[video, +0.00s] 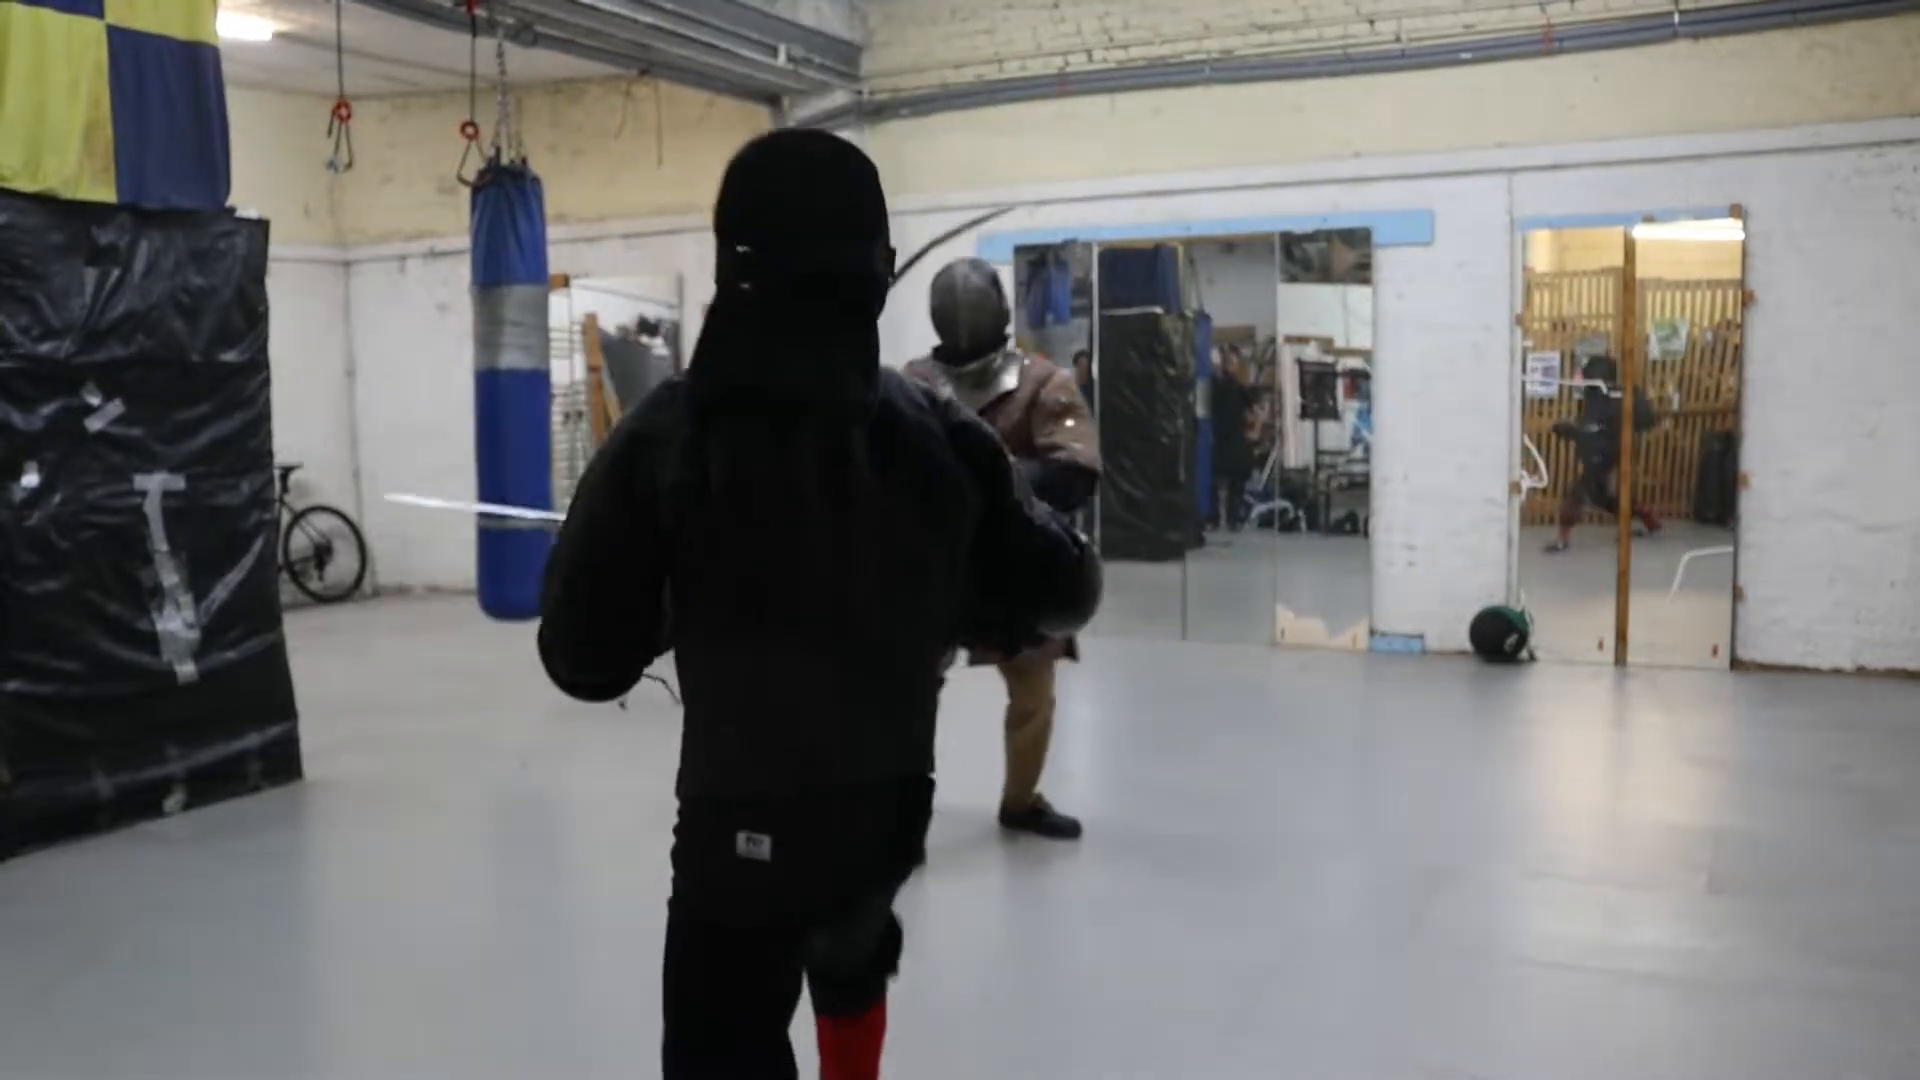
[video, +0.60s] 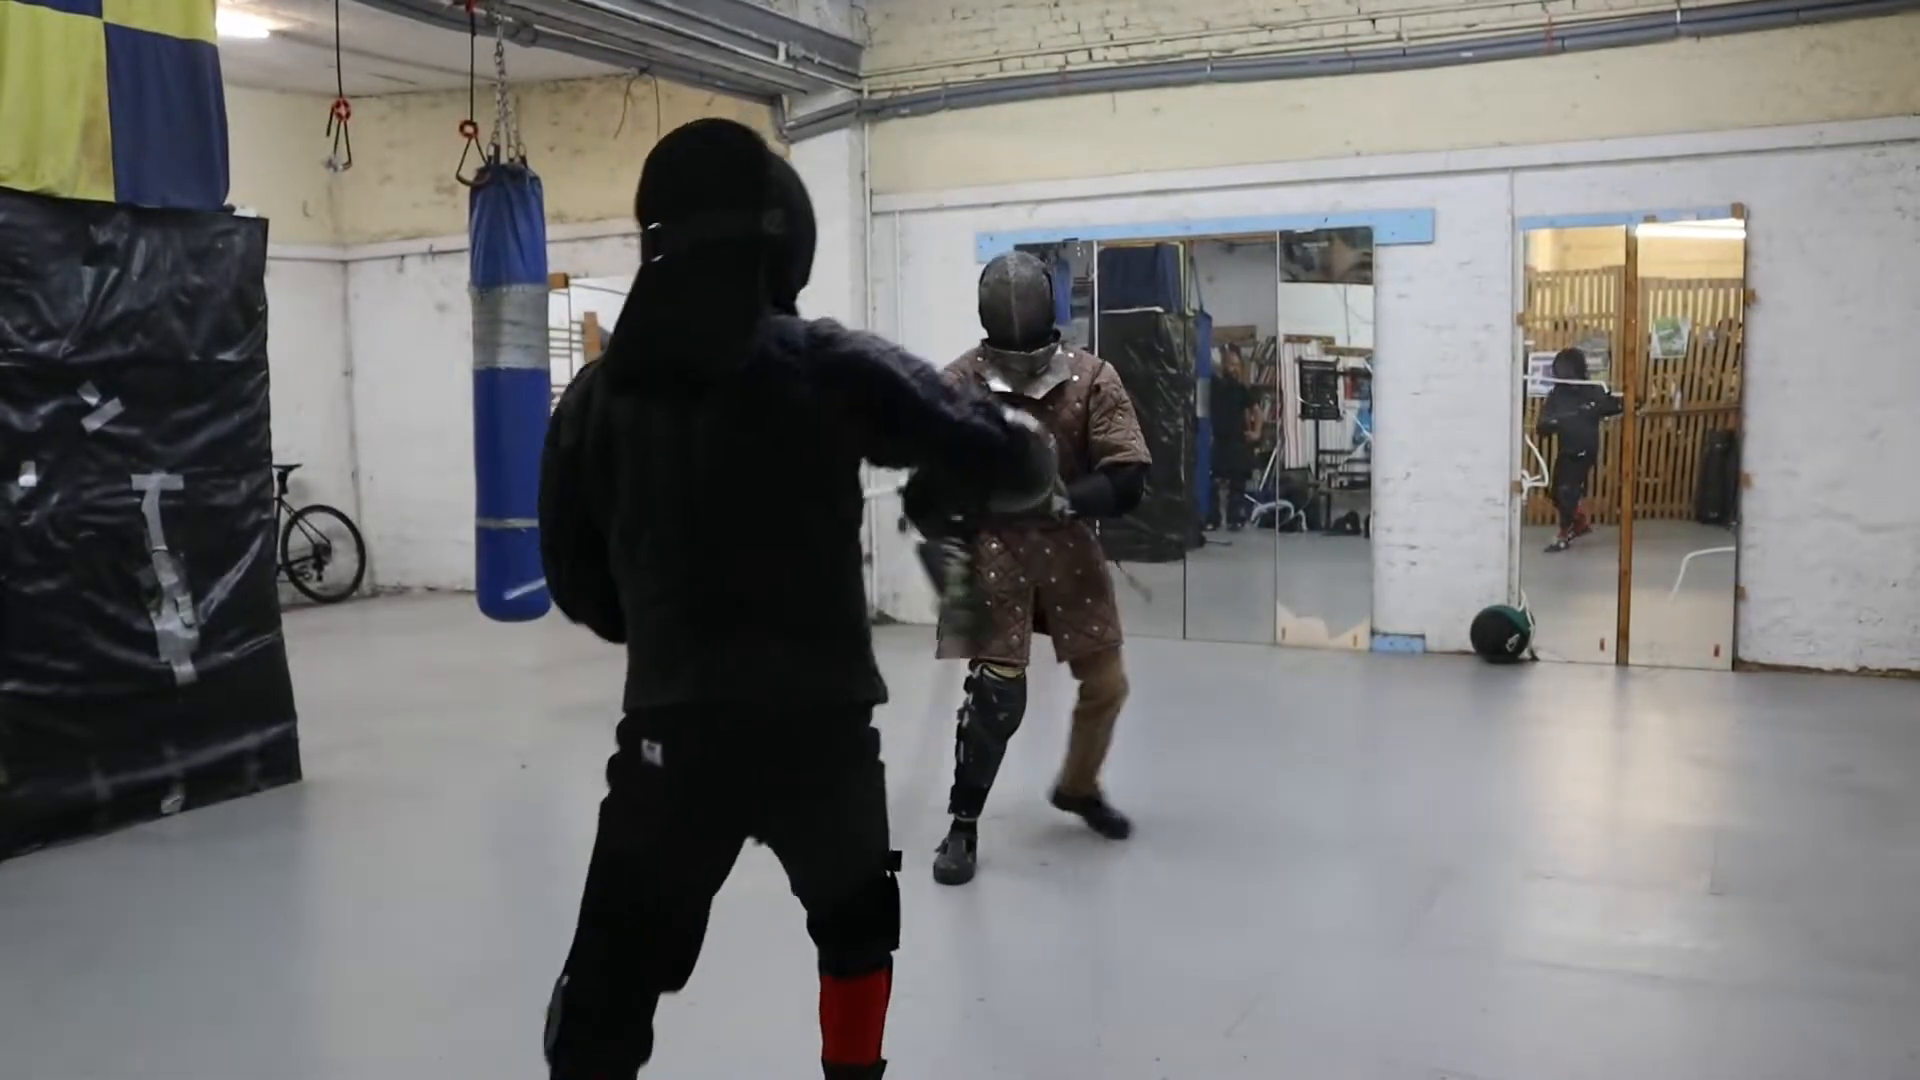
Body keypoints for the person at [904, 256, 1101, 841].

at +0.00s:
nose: (965, 350)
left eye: (976, 335)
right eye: (952, 334)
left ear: (1000, 321)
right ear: (938, 325)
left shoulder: (1045, 383)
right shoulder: (916, 386)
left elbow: (1077, 471)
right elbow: (890, 477)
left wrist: (993, 480)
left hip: (1023, 565)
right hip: (936, 562)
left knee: (1033, 693)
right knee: (912, 685)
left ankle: (1020, 799)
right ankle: (899, 803)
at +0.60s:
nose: (1021, 365)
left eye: (1033, 351)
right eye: (1008, 353)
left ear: (1052, 326)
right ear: (988, 330)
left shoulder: (1092, 377)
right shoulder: (960, 383)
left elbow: (1128, 475)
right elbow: (925, 483)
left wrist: (1065, 500)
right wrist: (946, 535)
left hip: (1071, 548)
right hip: (993, 549)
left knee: (1105, 685)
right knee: (998, 696)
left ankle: (1078, 787)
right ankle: (961, 828)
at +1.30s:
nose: (1121, 360)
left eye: (1133, 346)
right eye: (1107, 347)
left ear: (1156, 324)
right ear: (1088, 327)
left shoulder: (1196, 381)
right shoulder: (1058, 382)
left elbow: (1238, 472)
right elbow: (1002, 449)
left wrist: (1171, 475)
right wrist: (951, 444)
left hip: (1170, 550)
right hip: (1092, 549)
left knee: (1180, 694)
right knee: (1095, 688)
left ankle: (1149, 808)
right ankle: (1069, 838)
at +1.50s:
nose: (1115, 366)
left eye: (1129, 353)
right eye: (1103, 351)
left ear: (1153, 333)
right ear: (1082, 332)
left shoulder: (1190, 391)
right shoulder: (1044, 373)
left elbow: (1237, 490)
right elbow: (939, 374)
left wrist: (1166, 493)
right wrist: (907, 318)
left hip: (1164, 557)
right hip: (1082, 557)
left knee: (1196, 695)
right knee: (1087, 719)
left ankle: (1164, 787)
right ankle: (1056, 877)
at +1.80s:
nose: (1121, 372)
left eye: (1135, 357)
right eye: (1107, 356)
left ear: (1156, 341)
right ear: (1084, 339)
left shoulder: (1182, 397)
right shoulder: (1047, 375)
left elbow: (1229, 497)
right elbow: (994, 408)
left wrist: (1180, 513)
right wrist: (987, 434)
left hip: (1152, 567)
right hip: (1070, 567)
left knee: (1216, 711)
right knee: (1082, 731)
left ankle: (1215, 840)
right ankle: (1052, 888)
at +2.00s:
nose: (1112, 365)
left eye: (1126, 352)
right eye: (1098, 352)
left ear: (1149, 334)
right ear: (1076, 336)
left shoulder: (1190, 387)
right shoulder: (1049, 377)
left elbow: (1239, 488)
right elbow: (1002, 424)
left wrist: (1177, 517)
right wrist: (1060, 432)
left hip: (1174, 567)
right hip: (1088, 566)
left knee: (1221, 714)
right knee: (1077, 724)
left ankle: (1213, 840)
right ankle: (1056, 888)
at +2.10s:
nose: (1082, 348)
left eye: (1094, 333)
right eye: (1068, 335)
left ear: (1121, 321)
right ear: (1051, 329)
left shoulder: (1180, 382)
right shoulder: (1040, 390)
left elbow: (1237, 482)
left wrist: (1168, 518)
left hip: (1177, 565)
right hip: (1088, 568)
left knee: (1214, 719)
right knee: (1080, 732)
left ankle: (1219, 837)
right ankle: (1059, 890)